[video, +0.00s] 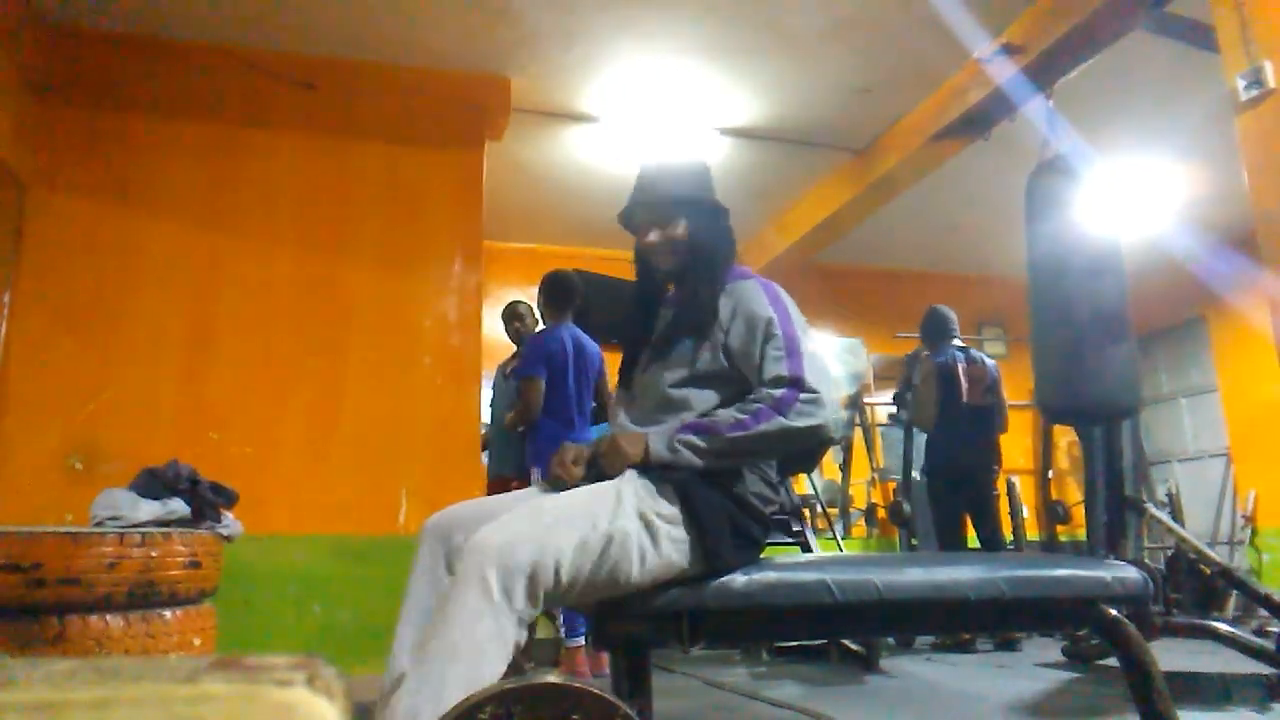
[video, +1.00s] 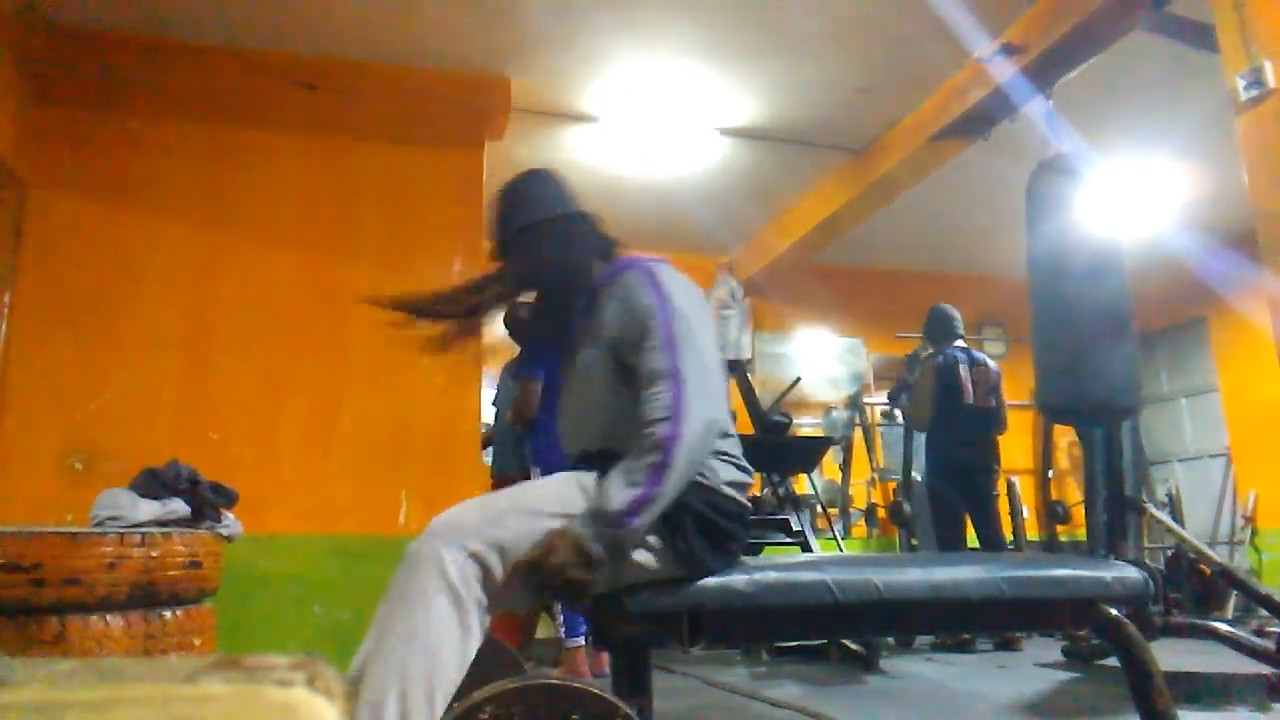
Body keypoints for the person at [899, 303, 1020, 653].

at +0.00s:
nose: (925, 343)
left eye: (924, 337)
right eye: (928, 338)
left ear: (926, 336)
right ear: (957, 331)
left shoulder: (928, 367)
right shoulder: (988, 365)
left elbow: (923, 420)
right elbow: (1002, 422)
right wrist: (973, 424)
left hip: (944, 470)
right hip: (981, 469)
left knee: (951, 548)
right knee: (993, 543)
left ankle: (959, 628)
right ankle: (1007, 626)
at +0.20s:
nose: (927, 340)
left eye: (926, 334)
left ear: (928, 333)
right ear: (959, 330)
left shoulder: (929, 367)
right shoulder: (984, 365)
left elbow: (934, 420)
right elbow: (1004, 422)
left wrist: (911, 440)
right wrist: (982, 442)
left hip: (945, 462)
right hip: (982, 461)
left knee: (950, 544)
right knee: (991, 540)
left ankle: (956, 628)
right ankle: (1007, 624)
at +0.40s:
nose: (919, 342)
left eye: (918, 337)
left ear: (920, 337)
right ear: (951, 333)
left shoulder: (924, 366)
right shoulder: (978, 367)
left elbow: (931, 419)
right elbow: (1001, 423)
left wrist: (918, 465)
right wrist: (999, 467)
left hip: (942, 466)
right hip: (977, 465)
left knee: (948, 546)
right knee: (990, 542)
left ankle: (957, 630)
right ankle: (1005, 627)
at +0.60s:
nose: (920, 339)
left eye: (920, 333)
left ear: (921, 334)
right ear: (953, 333)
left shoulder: (921, 366)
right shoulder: (978, 368)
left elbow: (933, 418)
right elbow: (1002, 423)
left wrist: (920, 465)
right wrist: (997, 465)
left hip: (941, 473)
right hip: (977, 471)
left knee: (949, 550)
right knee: (992, 546)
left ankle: (958, 630)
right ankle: (1008, 628)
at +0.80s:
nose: (930, 337)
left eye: (930, 330)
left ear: (932, 331)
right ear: (964, 330)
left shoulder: (931, 366)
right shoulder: (986, 364)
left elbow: (927, 421)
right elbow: (1005, 424)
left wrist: (906, 437)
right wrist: (980, 438)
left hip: (943, 462)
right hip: (980, 462)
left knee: (950, 545)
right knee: (992, 541)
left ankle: (956, 629)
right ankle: (1007, 626)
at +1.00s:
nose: (926, 341)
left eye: (926, 336)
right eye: (929, 336)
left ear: (930, 335)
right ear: (961, 330)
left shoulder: (933, 366)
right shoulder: (989, 365)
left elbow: (920, 420)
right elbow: (1001, 423)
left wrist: (904, 400)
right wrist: (970, 420)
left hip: (945, 464)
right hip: (982, 464)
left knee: (950, 546)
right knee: (994, 541)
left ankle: (956, 628)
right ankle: (1008, 625)